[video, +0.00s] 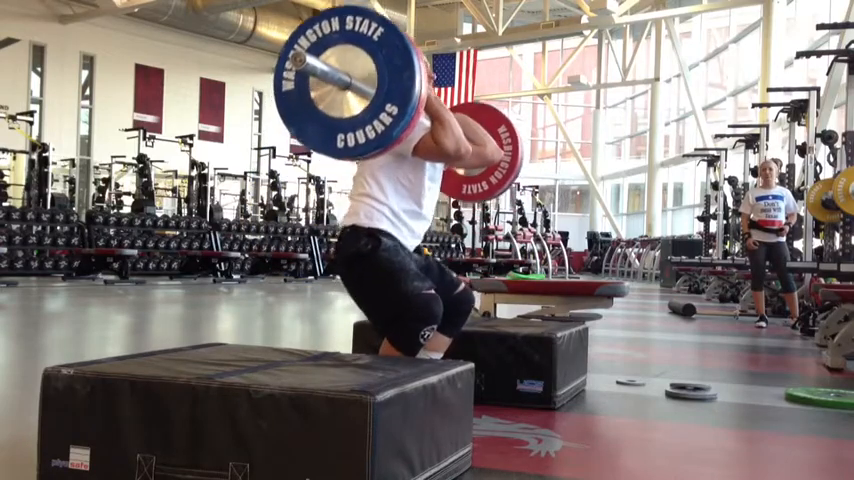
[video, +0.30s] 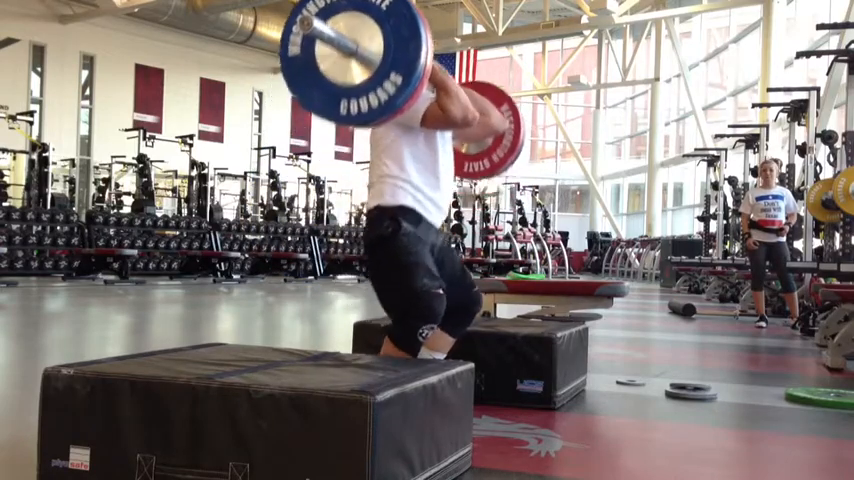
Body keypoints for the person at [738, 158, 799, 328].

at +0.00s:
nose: (767, 172)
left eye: (770, 169)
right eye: (764, 170)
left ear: (776, 172)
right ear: (760, 173)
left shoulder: (784, 192)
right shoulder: (752, 193)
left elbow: (792, 213)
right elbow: (744, 216)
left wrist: (788, 224)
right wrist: (746, 235)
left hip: (778, 239)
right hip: (757, 239)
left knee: (785, 275)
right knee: (757, 277)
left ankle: (795, 317)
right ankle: (761, 316)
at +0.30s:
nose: (767, 173)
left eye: (771, 170)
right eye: (764, 170)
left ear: (776, 173)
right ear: (760, 173)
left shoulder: (785, 193)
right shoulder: (752, 193)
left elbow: (792, 214)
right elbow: (745, 216)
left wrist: (788, 224)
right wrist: (746, 235)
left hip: (778, 239)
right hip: (758, 239)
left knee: (785, 276)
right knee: (757, 277)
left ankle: (795, 317)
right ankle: (761, 316)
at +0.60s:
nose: (768, 174)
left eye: (771, 171)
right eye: (765, 171)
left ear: (777, 173)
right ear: (760, 173)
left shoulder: (785, 193)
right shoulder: (752, 194)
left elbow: (792, 213)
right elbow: (745, 216)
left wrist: (788, 224)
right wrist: (747, 235)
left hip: (778, 239)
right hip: (758, 239)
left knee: (785, 275)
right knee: (757, 277)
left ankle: (795, 317)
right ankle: (761, 315)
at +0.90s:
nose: (771, 175)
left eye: (774, 172)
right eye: (768, 172)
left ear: (779, 174)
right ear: (762, 173)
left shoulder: (785, 193)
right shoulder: (753, 193)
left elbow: (793, 213)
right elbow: (745, 216)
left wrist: (789, 224)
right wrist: (747, 235)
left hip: (779, 240)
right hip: (759, 239)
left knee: (787, 275)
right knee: (758, 277)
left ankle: (795, 317)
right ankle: (761, 315)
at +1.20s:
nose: (776, 177)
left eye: (780, 173)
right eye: (773, 173)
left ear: (784, 174)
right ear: (766, 172)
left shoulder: (789, 193)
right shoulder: (757, 192)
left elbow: (795, 213)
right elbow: (748, 217)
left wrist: (794, 224)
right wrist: (752, 236)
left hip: (785, 239)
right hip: (764, 239)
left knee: (792, 275)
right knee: (761, 277)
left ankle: (794, 318)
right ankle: (762, 315)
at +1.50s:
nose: (788, 175)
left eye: (791, 172)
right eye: (784, 172)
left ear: (794, 173)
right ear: (777, 172)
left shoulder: (801, 193)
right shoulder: (768, 192)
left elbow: (806, 215)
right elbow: (761, 216)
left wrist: (805, 225)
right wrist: (776, 228)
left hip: (796, 240)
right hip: (774, 240)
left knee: (797, 277)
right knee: (768, 276)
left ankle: (793, 318)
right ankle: (762, 315)